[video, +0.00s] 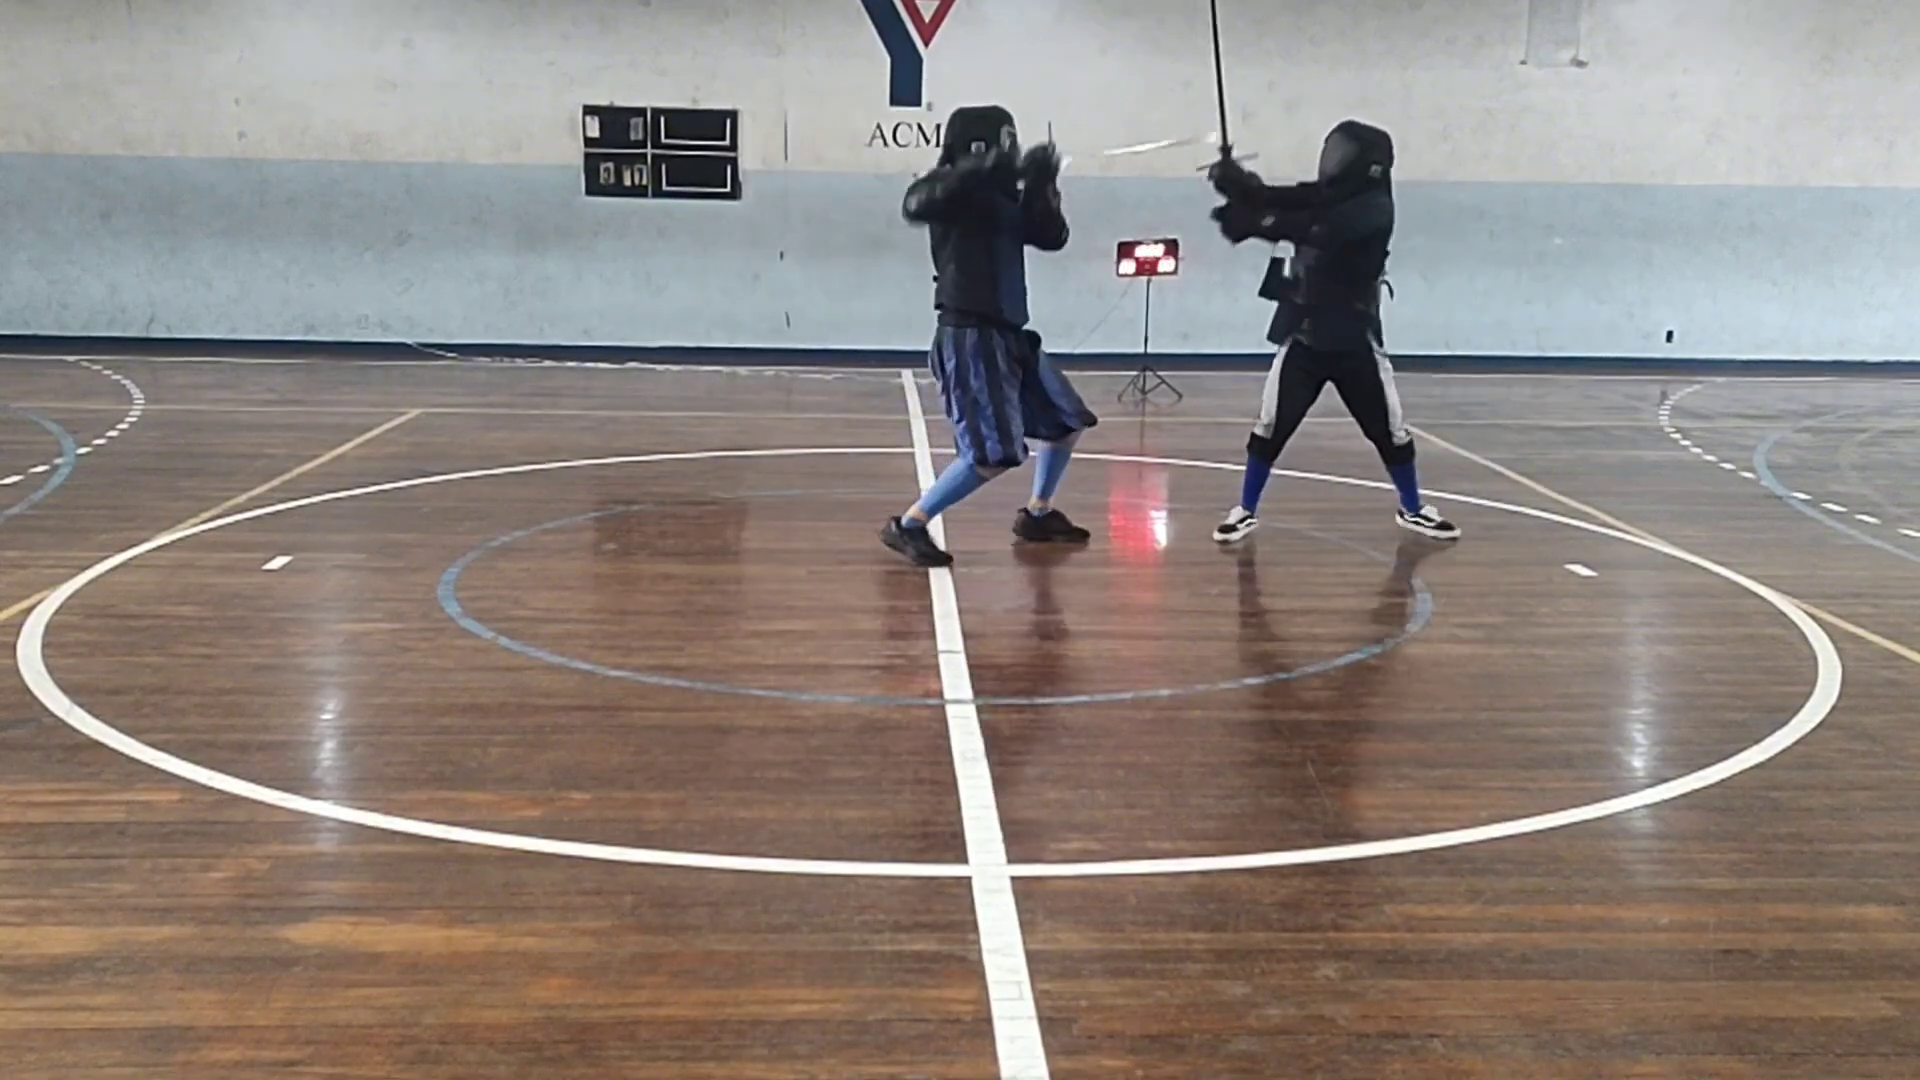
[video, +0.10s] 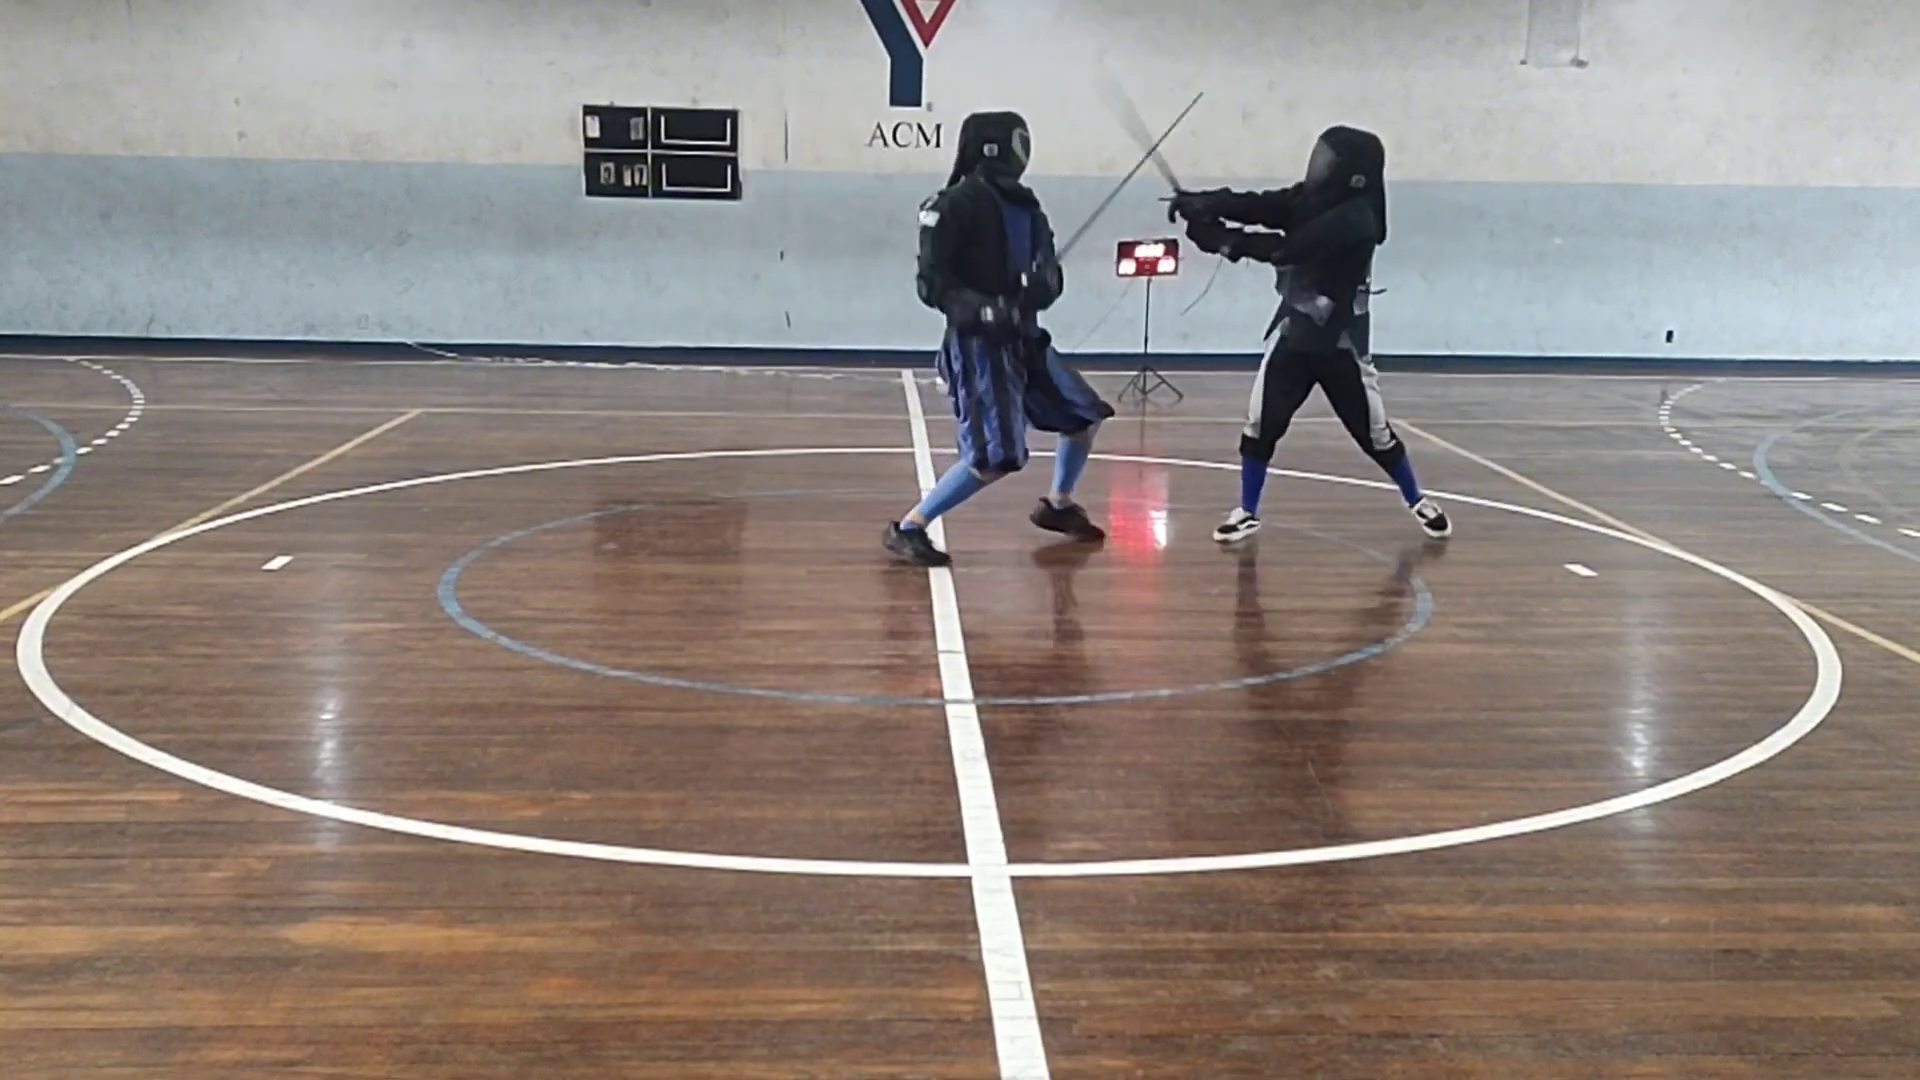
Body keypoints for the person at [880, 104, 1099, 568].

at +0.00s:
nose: (1006, 157)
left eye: (1008, 149)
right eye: (1000, 148)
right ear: (977, 149)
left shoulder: (1009, 196)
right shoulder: (946, 185)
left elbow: (1052, 237)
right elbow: (916, 205)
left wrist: (1041, 186)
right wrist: (985, 168)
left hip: (1010, 334)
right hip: (967, 335)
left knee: (1065, 422)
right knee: (996, 450)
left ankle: (1039, 514)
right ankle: (909, 524)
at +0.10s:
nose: (1025, 154)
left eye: (1026, 144)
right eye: (1018, 143)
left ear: (997, 147)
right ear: (991, 146)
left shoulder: (1027, 208)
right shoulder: (956, 203)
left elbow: (1052, 279)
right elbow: (932, 284)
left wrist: (1038, 288)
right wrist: (984, 308)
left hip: (1024, 341)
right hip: (978, 343)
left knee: (1084, 416)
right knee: (997, 454)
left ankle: (1060, 503)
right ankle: (909, 526)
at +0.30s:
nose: (1028, 177)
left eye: (1028, 169)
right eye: (1021, 168)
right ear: (994, 172)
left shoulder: (1028, 229)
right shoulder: (966, 224)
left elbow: (1063, 296)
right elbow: (977, 291)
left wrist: (1090, 277)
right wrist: (1048, 304)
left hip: (1045, 356)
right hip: (1001, 359)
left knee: (1106, 424)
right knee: (1007, 471)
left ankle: (1086, 515)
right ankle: (916, 531)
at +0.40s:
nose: (1030, 174)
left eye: (1029, 167)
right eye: (1022, 166)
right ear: (998, 169)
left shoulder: (1037, 215)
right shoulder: (968, 212)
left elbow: (1087, 253)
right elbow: (980, 228)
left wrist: (1104, 203)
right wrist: (1041, 205)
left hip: (1053, 347)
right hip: (1007, 349)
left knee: (1112, 418)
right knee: (1004, 462)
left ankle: (1089, 514)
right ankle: (913, 531)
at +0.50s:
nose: (1043, 152)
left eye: (1042, 144)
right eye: (1032, 144)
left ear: (1038, 153)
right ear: (1006, 156)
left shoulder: (1054, 203)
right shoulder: (989, 203)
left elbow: (1103, 199)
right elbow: (963, 139)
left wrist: (1097, 134)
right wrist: (1028, 106)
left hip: (1062, 340)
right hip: (1019, 338)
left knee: (1122, 418)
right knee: (995, 450)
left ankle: (1092, 507)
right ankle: (912, 530)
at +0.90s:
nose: (1079, 114)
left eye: (1077, 108)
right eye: (1069, 107)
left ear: (1071, 121)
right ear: (1046, 118)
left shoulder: (1092, 165)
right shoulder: (1019, 161)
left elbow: (1136, 136)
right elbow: (1005, 87)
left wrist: (1109, 79)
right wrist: (1049, 42)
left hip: (1080, 309)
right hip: (1030, 306)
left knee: (1107, 417)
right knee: (1004, 419)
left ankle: (1093, 510)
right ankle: (953, 521)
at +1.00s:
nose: (1087, 118)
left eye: (1086, 110)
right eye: (1078, 111)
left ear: (1061, 120)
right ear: (1051, 118)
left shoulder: (1086, 168)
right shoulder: (1035, 156)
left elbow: (1138, 158)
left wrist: (1125, 103)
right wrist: (1117, 78)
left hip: (1071, 313)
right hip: (1032, 307)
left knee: (1108, 417)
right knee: (999, 418)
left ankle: (1094, 509)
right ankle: (938, 512)